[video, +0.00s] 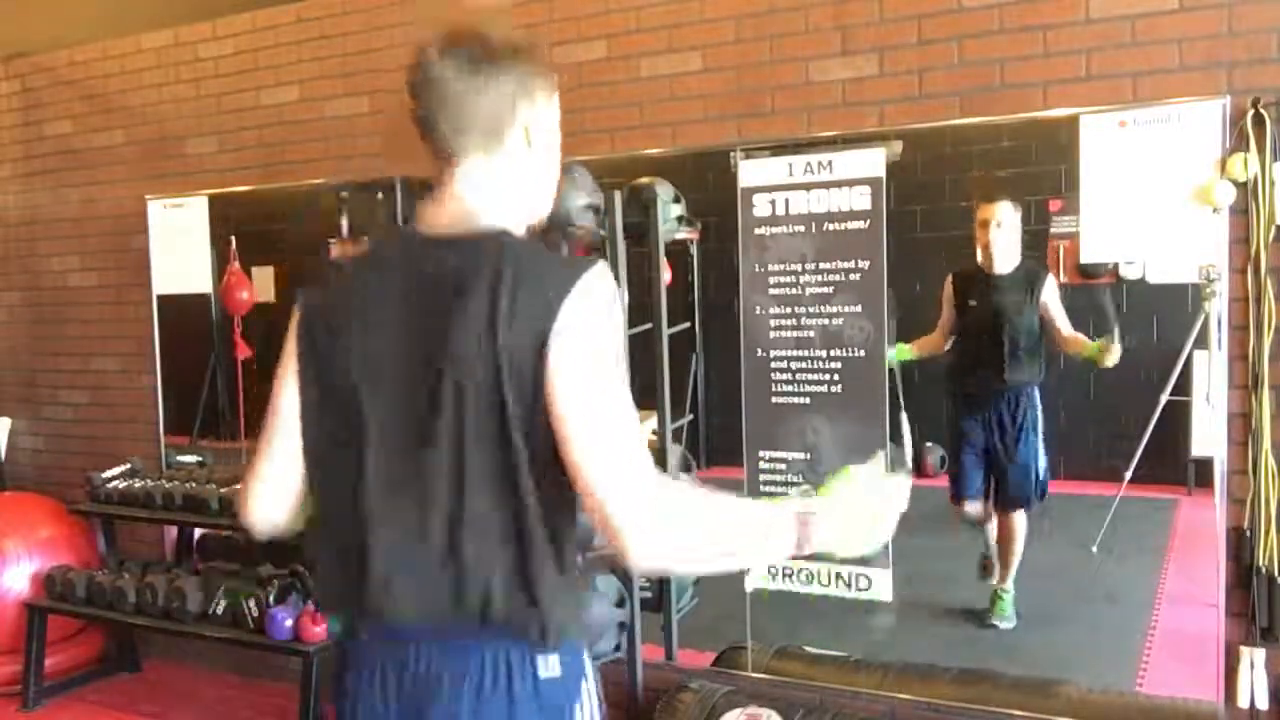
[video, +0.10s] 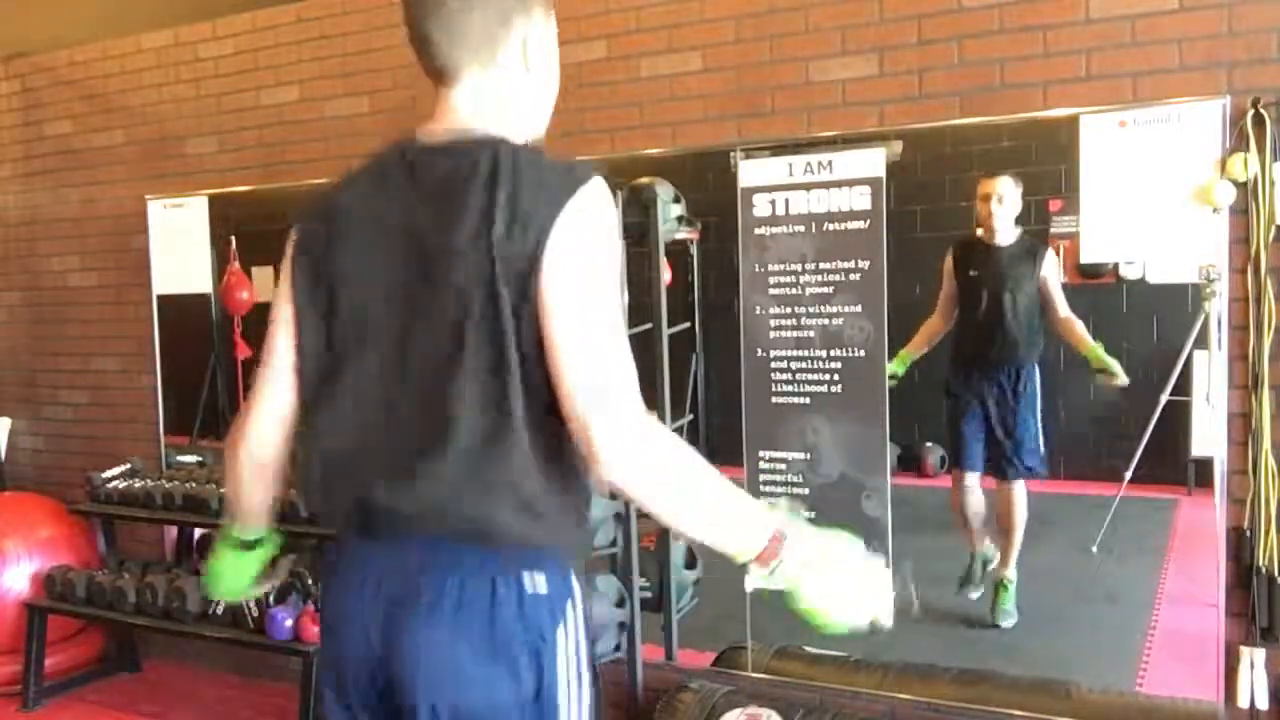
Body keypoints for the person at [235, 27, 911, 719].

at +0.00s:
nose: (562, 156)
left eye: (557, 130)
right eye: (557, 130)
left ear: (436, 136)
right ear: (530, 129)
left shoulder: (326, 302)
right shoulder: (563, 292)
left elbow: (265, 508)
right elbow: (638, 524)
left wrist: (373, 440)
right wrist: (812, 522)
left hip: (373, 665)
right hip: (520, 667)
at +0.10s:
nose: (556, 70)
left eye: (553, 46)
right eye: (553, 45)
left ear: (430, 58)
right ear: (531, 46)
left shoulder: (326, 220)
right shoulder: (561, 198)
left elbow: (261, 430)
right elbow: (616, 441)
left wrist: (242, 537)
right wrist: (788, 548)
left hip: (356, 582)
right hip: (499, 596)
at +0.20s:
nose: (555, 67)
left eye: (551, 45)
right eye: (553, 44)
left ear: (424, 53)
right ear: (530, 45)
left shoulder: (324, 209)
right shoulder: (557, 192)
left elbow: (260, 428)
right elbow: (602, 439)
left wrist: (234, 524)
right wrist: (778, 565)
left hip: (355, 572)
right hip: (503, 586)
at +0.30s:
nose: (556, 147)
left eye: (551, 121)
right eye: (552, 120)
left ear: (427, 127)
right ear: (528, 116)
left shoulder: (331, 279)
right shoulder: (557, 272)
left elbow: (250, 495)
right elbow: (609, 523)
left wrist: (338, 428)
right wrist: (790, 550)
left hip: (359, 641)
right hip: (513, 654)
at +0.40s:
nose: (552, 164)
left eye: (549, 142)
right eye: (548, 141)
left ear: (425, 145)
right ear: (522, 139)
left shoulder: (324, 295)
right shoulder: (558, 294)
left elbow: (237, 504)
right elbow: (629, 533)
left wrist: (343, 444)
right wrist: (806, 532)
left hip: (347, 676)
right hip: (501, 685)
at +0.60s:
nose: (530, 67)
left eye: (527, 44)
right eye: (526, 43)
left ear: (399, 53)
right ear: (499, 44)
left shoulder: (296, 212)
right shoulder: (527, 187)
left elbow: (240, 428)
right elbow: (580, 435)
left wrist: (213, 527)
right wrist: (761, 550)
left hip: (341, 572)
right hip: (492, 581)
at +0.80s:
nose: (512, 156)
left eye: (505, 131)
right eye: (506, 131)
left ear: (384, 140)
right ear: (478, 132)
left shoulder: (288, 300)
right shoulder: (512, 281)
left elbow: (215, 510)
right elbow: (602, 513)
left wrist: (324, 425)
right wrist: (787, 502)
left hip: (348, 676)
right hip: (500, 675)